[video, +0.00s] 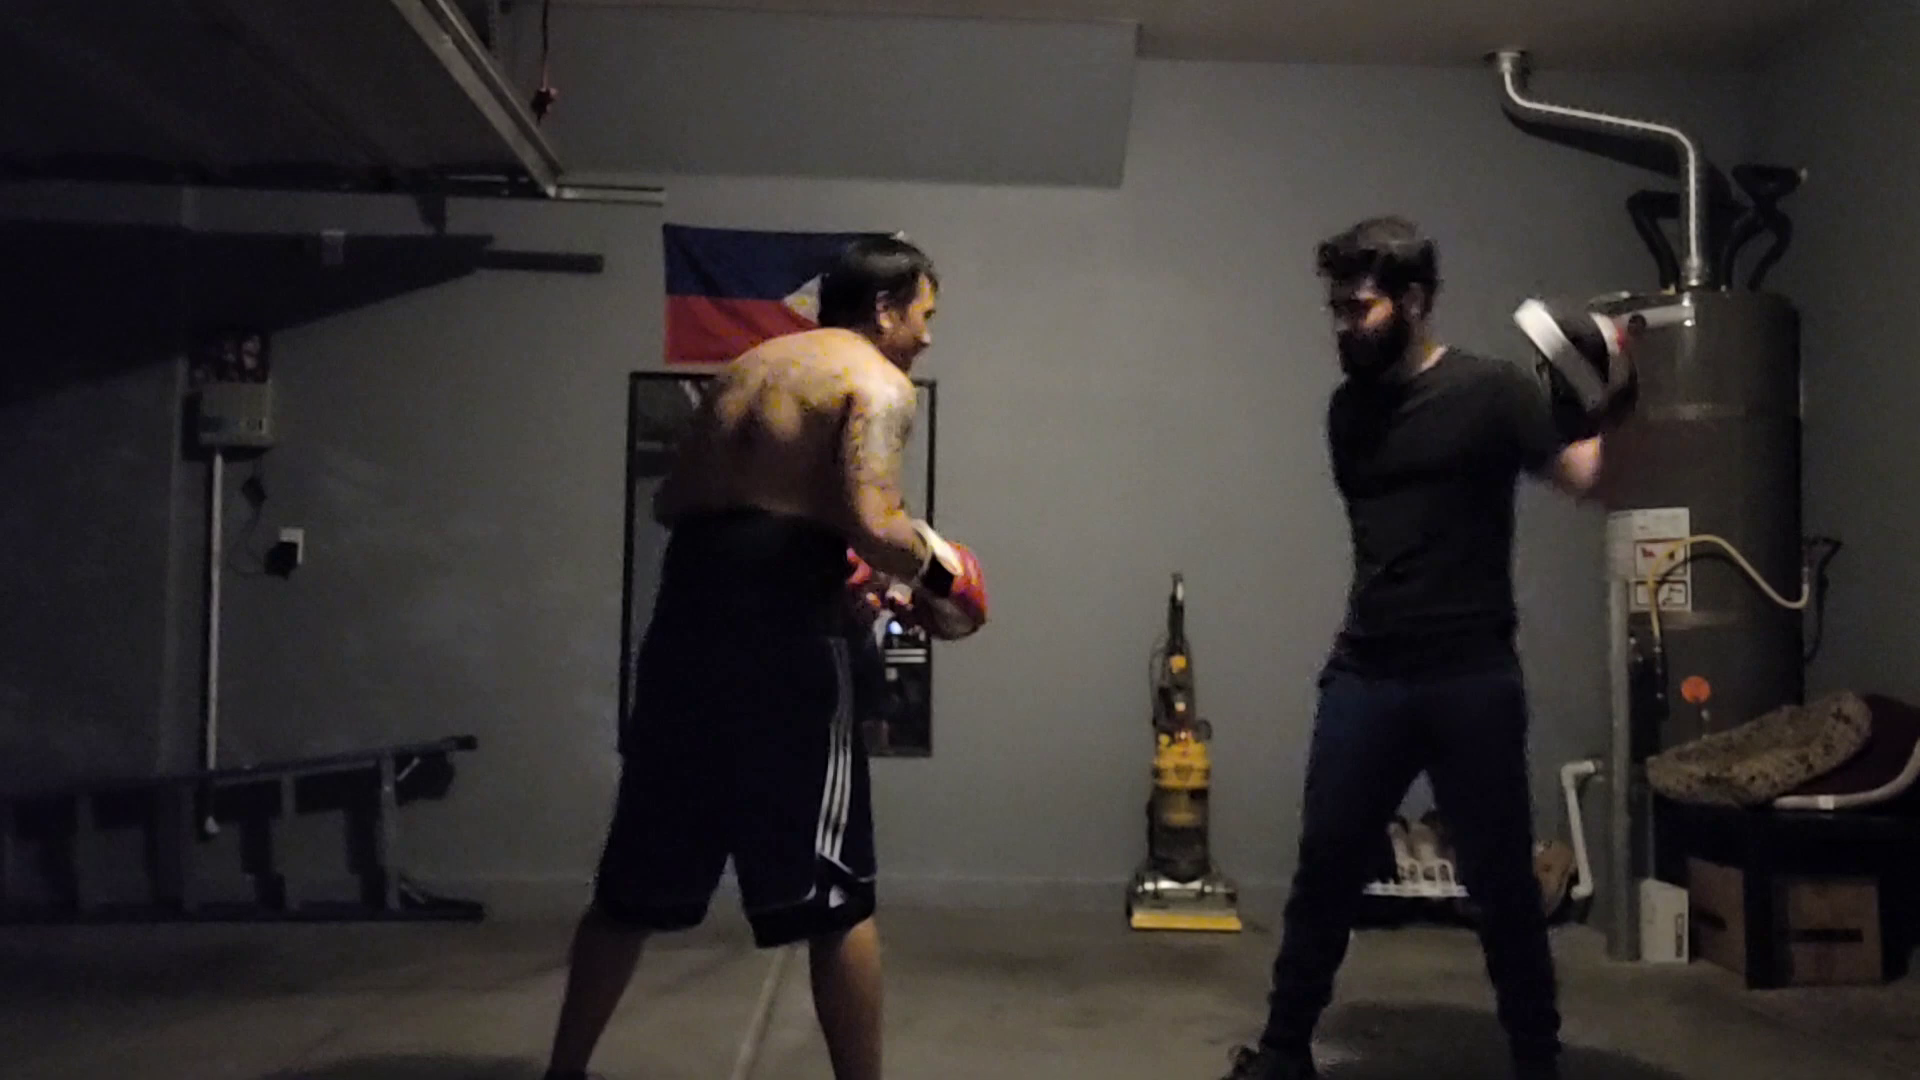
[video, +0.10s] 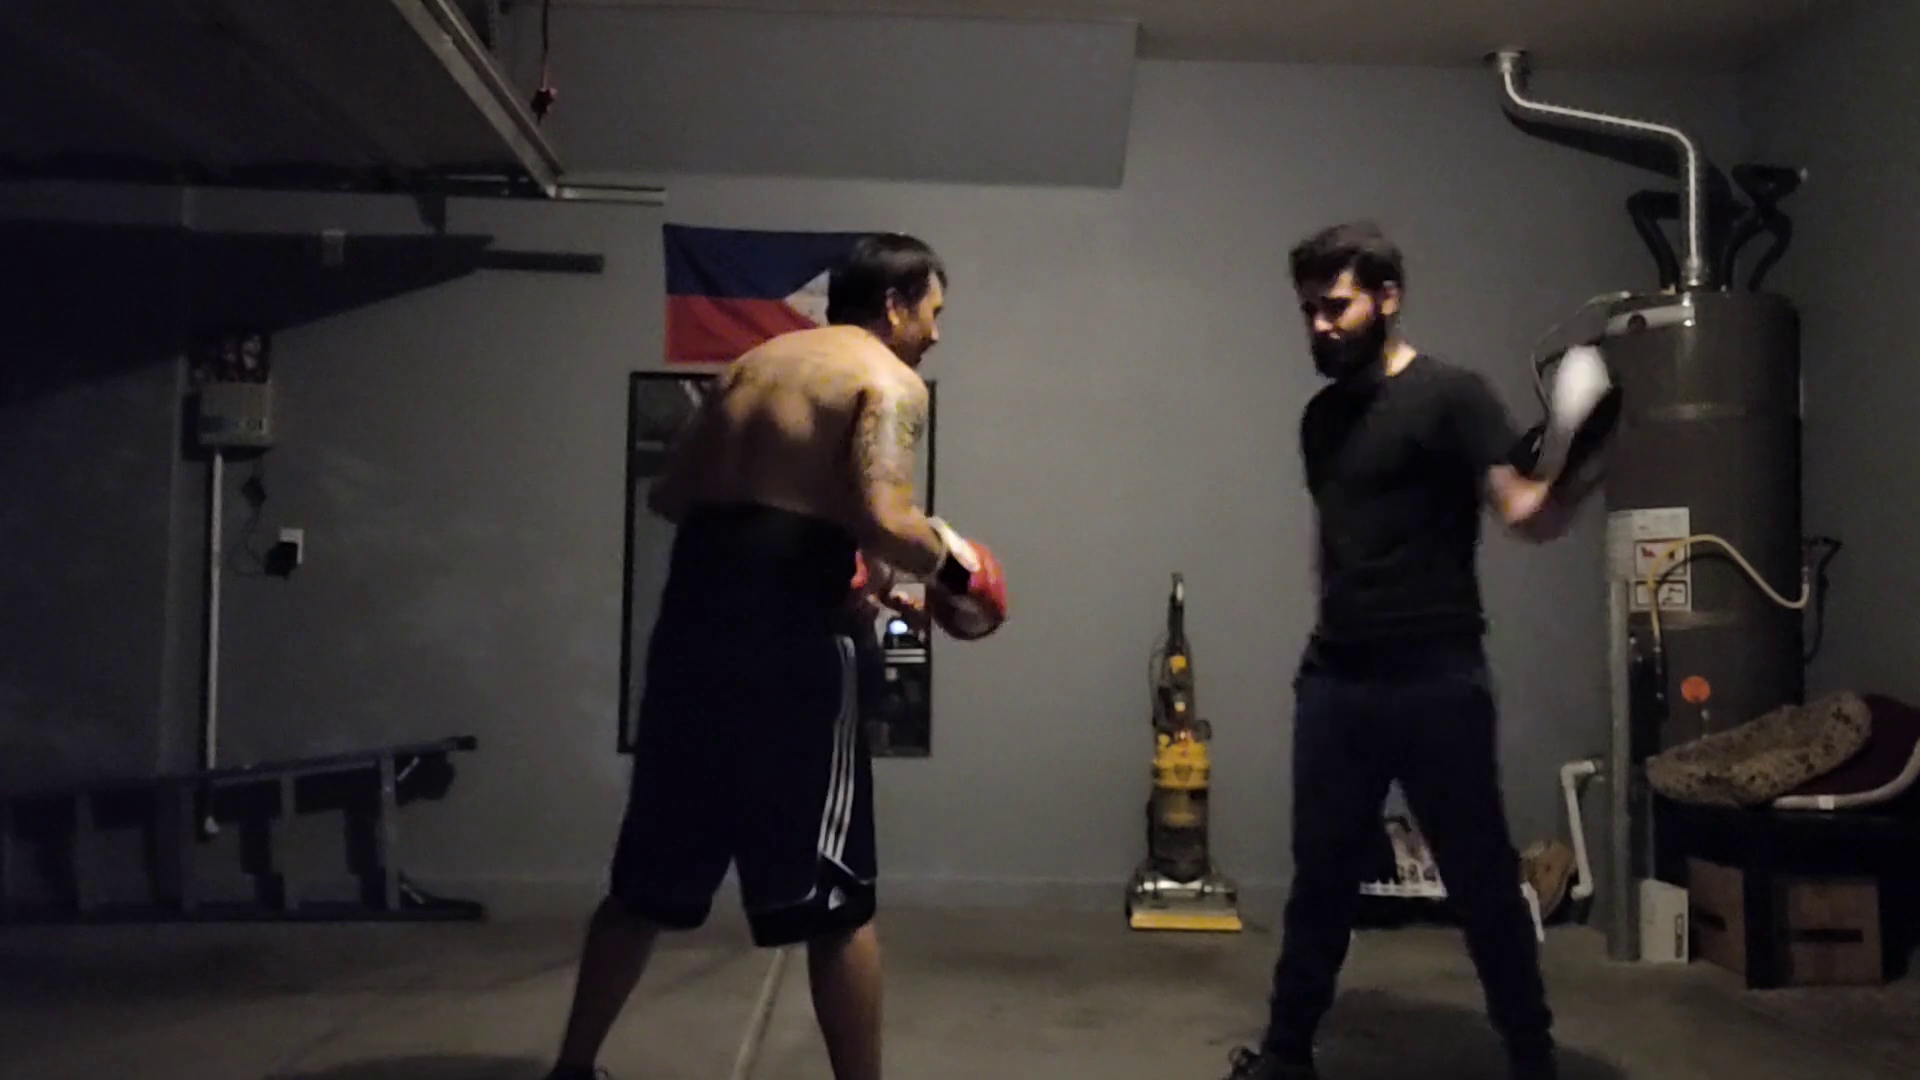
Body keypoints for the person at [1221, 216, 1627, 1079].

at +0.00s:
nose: (1343, 322)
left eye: (1360, 305)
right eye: (1337, 305)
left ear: (1415, 302)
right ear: (1335, 305)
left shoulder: (1492, 389)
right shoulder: (1349, 409)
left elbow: (1593, 479)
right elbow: (1379, 538)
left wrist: (1617, 398)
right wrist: (1363, 640)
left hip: (1469, 677)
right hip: (1367, 677)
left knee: (1500, 882)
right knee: (1325, 868)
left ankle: (1535, 1054)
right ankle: (1284, 1046)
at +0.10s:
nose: (1322, 325)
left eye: (1338, 306)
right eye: (1312, 310)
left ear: (1388, 301)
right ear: (1305, 313)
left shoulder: (1453, 394)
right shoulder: (1322, 416)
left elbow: (1528, 517)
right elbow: (1329, 539)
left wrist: (1581, 452)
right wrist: (1325, 639)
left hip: (1437, 676)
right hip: (1340, 679)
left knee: (1481, 880)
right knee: (1321, 874)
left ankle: (1529, 1050)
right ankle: (1287, 1047)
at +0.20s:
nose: (1300, 322)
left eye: (1315, 304)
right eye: (1290, 308)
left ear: (1366, 300)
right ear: (1283, 314)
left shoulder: (1417, 392)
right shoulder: (1300, 418)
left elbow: (1444, 492)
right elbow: (1283, 550)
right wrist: (1259, 665)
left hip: (1408, 677)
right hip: (1314, 680)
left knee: (1458, 873)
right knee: (1305, 873)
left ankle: (1520, 1047)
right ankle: (1285, 1050)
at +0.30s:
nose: (1283, 322)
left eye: (1298, 305)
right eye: (1275, 308)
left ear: (1350, 300)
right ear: (1272, 313)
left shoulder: (1392, 392)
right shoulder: (1280, 419)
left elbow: (1401, 509)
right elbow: (1238, 532)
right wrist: (1205, 610)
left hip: (1389, 672)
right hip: (1295, 673)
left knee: (1437, 864)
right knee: (1297, 867)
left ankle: (1499, 1045)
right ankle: (1285, 1045)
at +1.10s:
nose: (1318, 316)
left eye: (1336, 300)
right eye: (1311, 303)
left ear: (1387, 306)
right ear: (1306, 311)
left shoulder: (1445, 410)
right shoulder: (1286, 420)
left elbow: (1510, 528)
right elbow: (1254, 526)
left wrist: (1442, 548)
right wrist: (1221, 590)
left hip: (1423, 676)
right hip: (1317, 678)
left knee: (1445, 865)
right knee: (1295, 859)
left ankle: (1466, 1039)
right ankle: (1283, 1042)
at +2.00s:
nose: (1291, 316)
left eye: (1308, 301)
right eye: (1283, 304)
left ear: (1357, 311)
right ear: (1278, 317)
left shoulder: (1417, 407)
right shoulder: (1264, 424)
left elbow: (1461, 516)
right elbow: (1198, 524)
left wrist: (1363, 497)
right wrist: (1163, 540)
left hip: (1425, 677)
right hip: (1316, 679)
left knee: (1464, 858)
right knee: (1292, 864)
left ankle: (1469, 1023)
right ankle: (1280, 1044)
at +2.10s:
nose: (1306, 316)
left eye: (1323, 301)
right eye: (1297, 306)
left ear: (1371, 309)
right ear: (1290, 318)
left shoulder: (1420, 393)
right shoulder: (1277, 413)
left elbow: (1444, 469)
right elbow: (1176, 486)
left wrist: (1349, 400)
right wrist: (1149, 436)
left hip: (1426, 673)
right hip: (1319, 676)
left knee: (1463, 861)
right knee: (1294, 870)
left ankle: (1480, 1025)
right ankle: (1279, 1045)